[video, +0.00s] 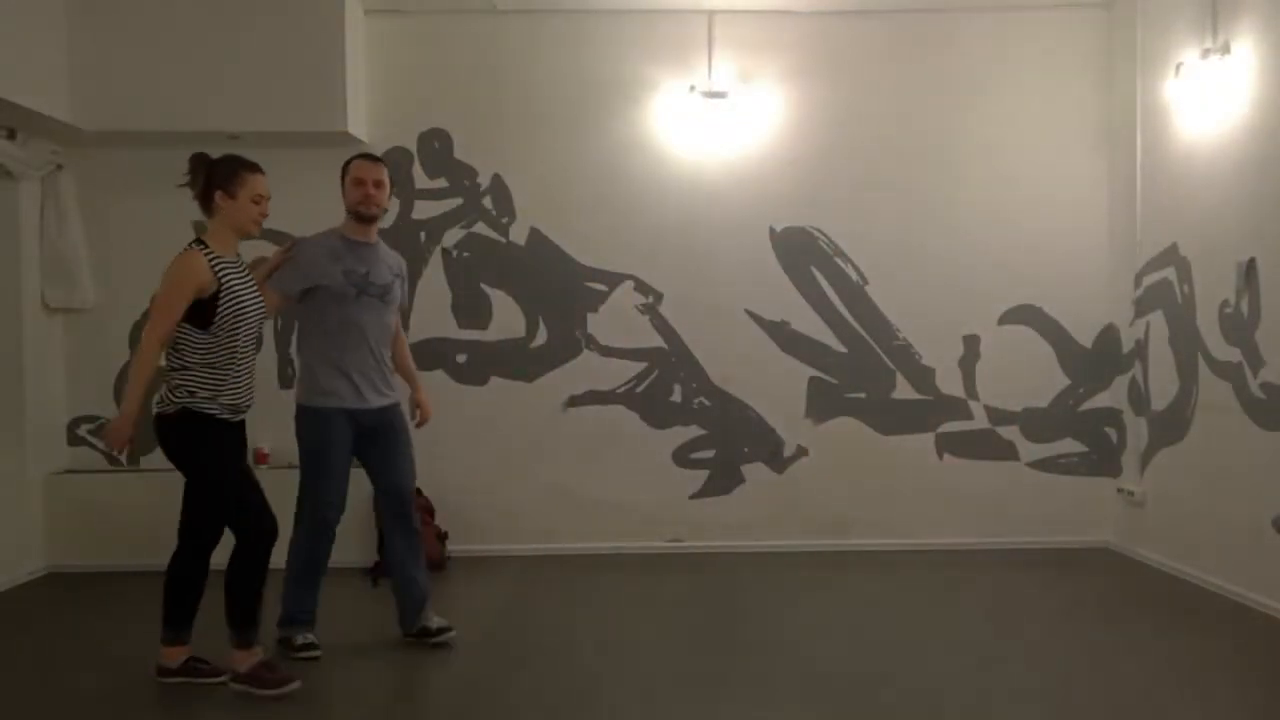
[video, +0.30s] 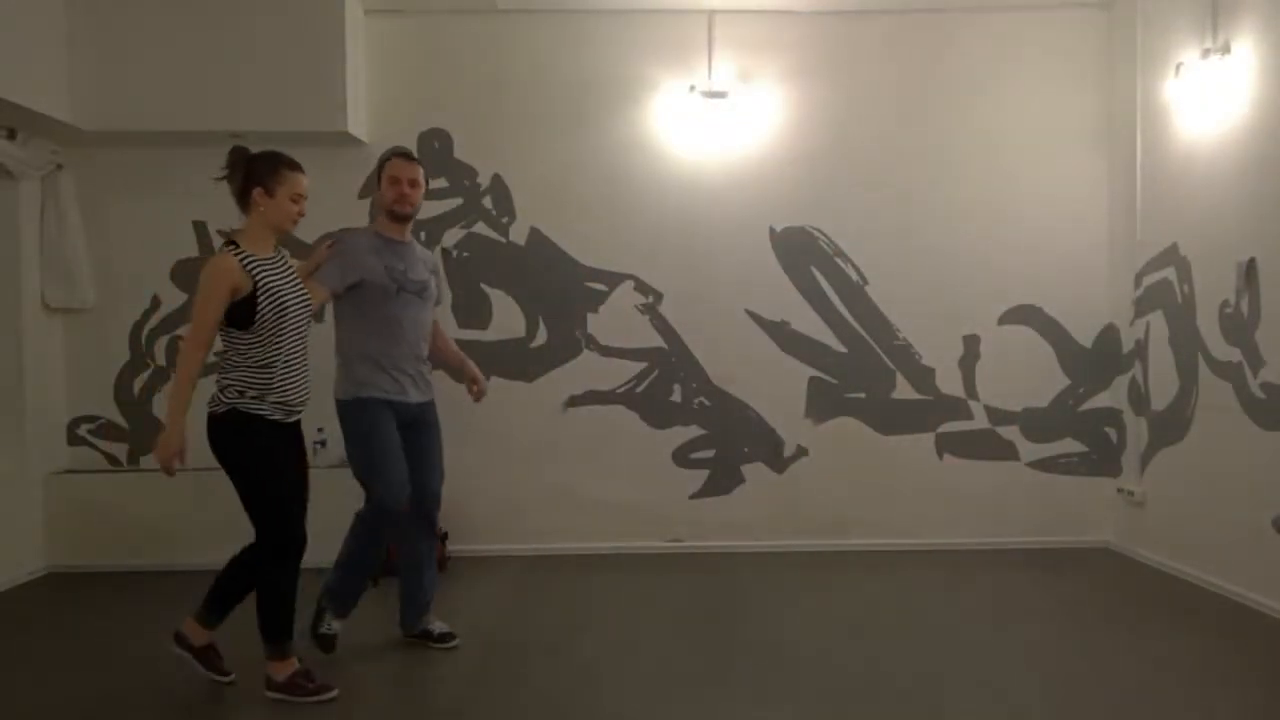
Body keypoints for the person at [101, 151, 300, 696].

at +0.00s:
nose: (266, 210)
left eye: (267, 201)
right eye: (257, 200)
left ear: (234, 204)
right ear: (222, 199)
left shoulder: (235, 263)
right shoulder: (195, 262)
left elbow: (237, 316)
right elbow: (153, 338)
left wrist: (271, 270)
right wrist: (127, 415)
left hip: (222, 421)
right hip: (194, 422)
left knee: (196, 540)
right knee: (258, 528)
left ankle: (174, 654)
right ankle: (245, 658)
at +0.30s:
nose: (303, 208)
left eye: (305, 199)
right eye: (296, 197)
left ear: (270, 200)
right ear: (261, 197)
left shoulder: (280, 259)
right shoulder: (227, 265)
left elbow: (288, 306)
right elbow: (194, 349)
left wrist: (317, 264)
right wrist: (174, 426)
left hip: (282, 419)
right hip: (244, 422)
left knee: (281, 539)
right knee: (282, 540)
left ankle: (197, 630)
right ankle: (281, 667)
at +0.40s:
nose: (312, 211)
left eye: (314, 202)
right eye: (304, 201)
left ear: (281, 205)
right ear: (269, 201)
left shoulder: (291, 264)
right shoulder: (244, 273)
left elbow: (302, 310)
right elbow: (224, 364)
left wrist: (329, 268)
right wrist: (224, 442)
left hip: (301, 426)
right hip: (262, 429)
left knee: (328, 537)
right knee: (293, 544)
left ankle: (235, 615)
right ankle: (282, 667)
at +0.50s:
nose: (321, 208)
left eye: (321, 199)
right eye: (312, 198)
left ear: (291, 204)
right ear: (277, 200)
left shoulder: (299, 262)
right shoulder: (255, 270)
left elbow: (306, 316)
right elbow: (257, 363)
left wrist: (339, 269)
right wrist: (288, 431)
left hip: (307, 420)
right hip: (263, 425)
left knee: (353, 530)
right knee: (297, 544)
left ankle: (286, 629)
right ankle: (281, 665)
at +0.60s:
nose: (328, 197)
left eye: (328, 188)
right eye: (319, 188)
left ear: (298, 196)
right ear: (284, 194)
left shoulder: (304, 258)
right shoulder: (265, 263)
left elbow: (310, 323)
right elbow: (282, 352)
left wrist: (337, 290)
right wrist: (347, 397)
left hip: (317, 421)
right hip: (275, 424)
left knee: (356, 525)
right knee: (299, 539)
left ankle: (344, 654)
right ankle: (283, 668)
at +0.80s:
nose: (320, 191)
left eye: (322, 182)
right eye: (306, 184)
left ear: (325, 193)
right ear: (276, 197)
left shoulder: (309, 260)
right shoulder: (277, 266)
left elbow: (314, 315)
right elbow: (316, 340)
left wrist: (335, 264)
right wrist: (399, 334)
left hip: (328, 422)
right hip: (288, 426)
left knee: (356, 536)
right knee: (314, 544)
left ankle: (358, 661)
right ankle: (284, 666)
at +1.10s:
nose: (303, 196)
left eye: (308, 187)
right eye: (288, 188)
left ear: (317, 196)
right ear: (264, 201)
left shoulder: (296, 260)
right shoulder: (268, 259)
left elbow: (296, 327)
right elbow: (296, 332)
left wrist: (317, 265)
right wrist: (353, 381)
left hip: (308, 421)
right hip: (269, 424)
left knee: (359, 527)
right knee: (303, 544)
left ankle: (305, 636)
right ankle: (282, 666)